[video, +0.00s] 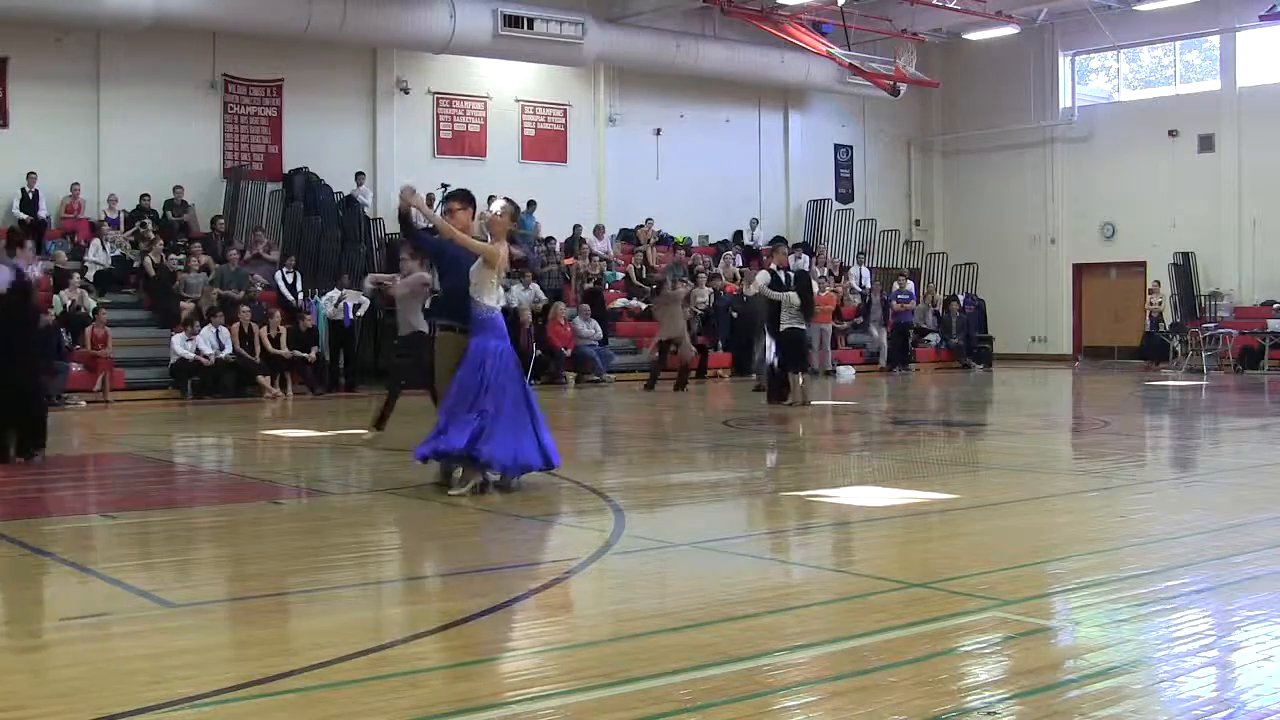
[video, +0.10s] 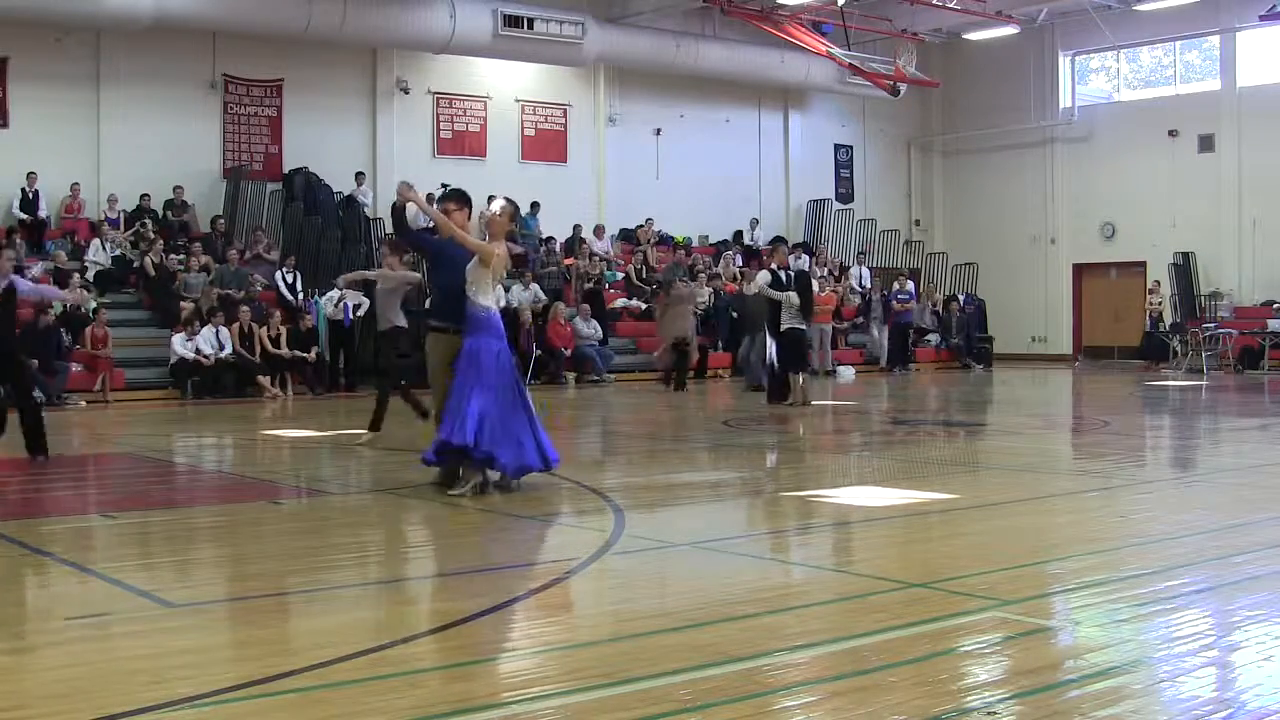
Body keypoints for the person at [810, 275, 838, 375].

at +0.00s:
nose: (821, 285)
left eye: (823, 283)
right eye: (819, 283)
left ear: (827, 284)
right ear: (817, 284)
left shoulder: (831, 296)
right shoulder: (814, 296)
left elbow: (832, 307)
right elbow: (811, 308)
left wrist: (819, 309)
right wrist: (823, 308)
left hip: (827, 323)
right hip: (815, 322)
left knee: (827, 347)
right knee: (814, 347)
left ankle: (828, 367)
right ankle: (815, 366)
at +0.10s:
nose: (821, 285)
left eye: (823, 283)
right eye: (820, 283)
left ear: (827, 284)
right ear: (817, 284)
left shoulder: (831, 296)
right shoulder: (813, 295)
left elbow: (832, 307)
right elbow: (811, 308)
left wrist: (818, 309)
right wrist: (824, 308)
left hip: (827, 323)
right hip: (815, 323)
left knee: (827, 347)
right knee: (815, 347)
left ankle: (828, 367)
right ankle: (815, 366)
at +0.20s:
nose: (821, 285)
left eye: (823, 283)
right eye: (820, 283)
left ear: (827, 284)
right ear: (817, 284)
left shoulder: (832, 296)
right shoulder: (814, 296)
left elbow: (832, 307)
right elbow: (811, 308)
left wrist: (818, 308)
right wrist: (825, 308)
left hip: (827, 323)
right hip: (815, 323)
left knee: (827, 347)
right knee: (815, 347)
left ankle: (828, 366)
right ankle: (815, 367)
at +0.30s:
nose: (822, 285)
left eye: (823, 283)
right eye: (820, 283)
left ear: (827, 284)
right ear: (817, 284)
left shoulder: (832, 296)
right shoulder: (814, 295)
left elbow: (832, 307)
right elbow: (811, 308)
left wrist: (817, 308)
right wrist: (825, 308)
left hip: (827, 323)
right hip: (815, 323)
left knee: (827, 347)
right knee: (815, 347)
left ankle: (828, 366)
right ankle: (815, 367)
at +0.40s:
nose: (821, 285)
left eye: (823, 283)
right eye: (820, 283)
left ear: (827, 284)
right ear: (817, 284)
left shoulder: (832, 296)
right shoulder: (815, 295)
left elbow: (832, 307)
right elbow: (812, 307)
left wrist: (819, 308)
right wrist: (825, 307)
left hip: (827, 322)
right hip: (816, 322)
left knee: (827, 346)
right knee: (815, 346)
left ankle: (828, 366)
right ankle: (815, 366)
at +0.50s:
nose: (821, 285)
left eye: (823, 283)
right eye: (820, 283)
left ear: (827, 284)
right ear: (817, 284)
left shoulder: (832, 296)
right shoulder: (815, 295)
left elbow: (832, 307)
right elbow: (812, 307)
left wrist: (819, 308)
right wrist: (824, 307)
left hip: (827, 322)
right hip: (816, 322)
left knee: (827, 346)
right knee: (815, 346)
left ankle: (828, 366)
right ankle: (815, 366)